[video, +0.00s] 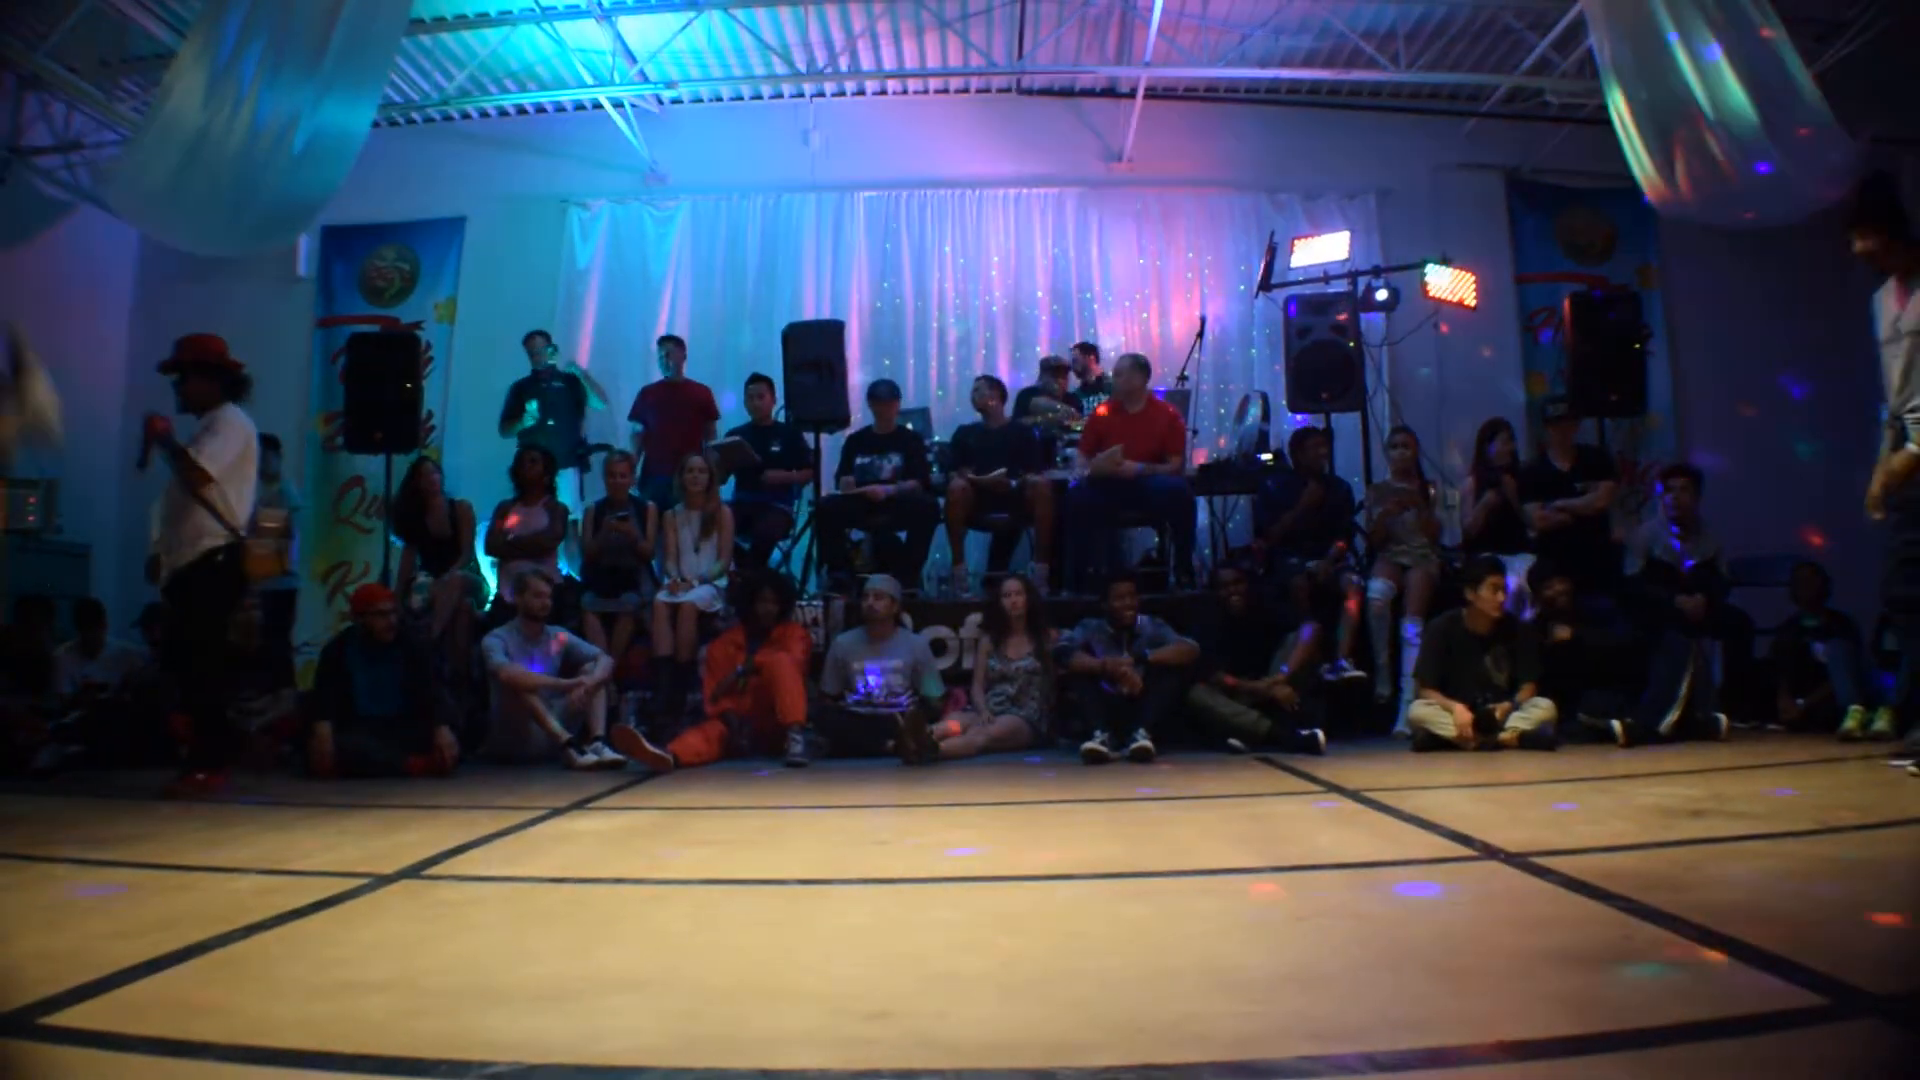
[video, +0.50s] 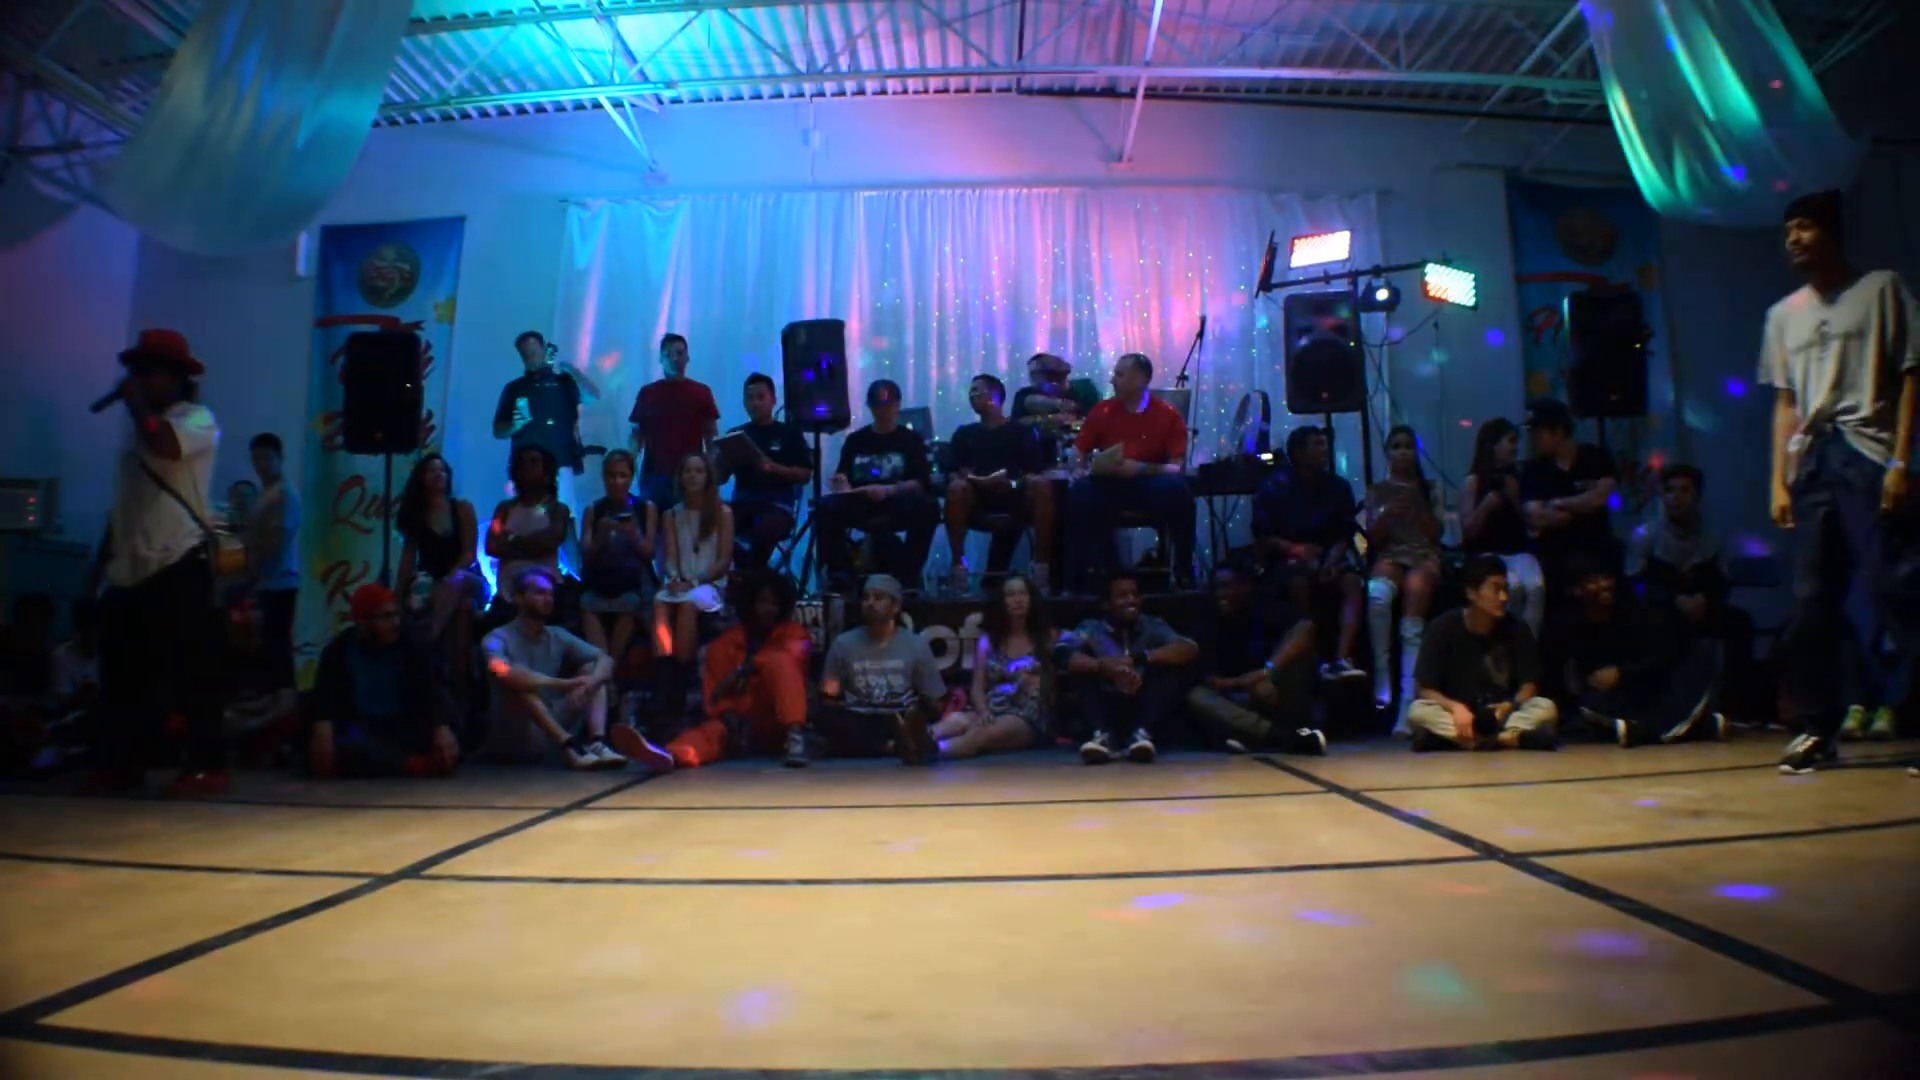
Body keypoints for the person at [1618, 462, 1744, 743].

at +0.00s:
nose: (1675, 499)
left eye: (1683, 491)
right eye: (1669, 491)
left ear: (1696, 498)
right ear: (1661, 497)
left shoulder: (1708, 539)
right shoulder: (1646, 537)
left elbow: (1720, 582)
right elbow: (1635, 584)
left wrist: (1704, 602)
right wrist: (1674, 602)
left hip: (1698, 613)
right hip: (1658, 610)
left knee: (1739, 624)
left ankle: (1736, 710)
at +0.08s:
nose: (1674, 498)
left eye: (1683, 491)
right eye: (1669, 491)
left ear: (1695, 497)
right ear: (1662, 497)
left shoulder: (1708, 540)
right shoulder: (1646, 536)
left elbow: (1720, 583)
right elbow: (1636, 582)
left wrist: (1703, 601)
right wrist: (1674, 600)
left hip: (1698, 611)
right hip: (1658, 609)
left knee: (1740, 623)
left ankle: (1735, 708)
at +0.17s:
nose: (1674, 498)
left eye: (1683, 491)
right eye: (1669, 491)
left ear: (1696, 497)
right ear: (1662, 496)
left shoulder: (1708, 538)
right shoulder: (1647, 536)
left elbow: (1720, 582)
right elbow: (1636, 581)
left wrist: (1703, 601)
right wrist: (1674, 600)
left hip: (1697, 611)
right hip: (1657, 610)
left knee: (1739, 622)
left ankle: (1735, 708)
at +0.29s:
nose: (1676, 498)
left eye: (1684, 491)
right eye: (1670, 491)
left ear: (1696, 497)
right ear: (1662, 496)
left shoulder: (1707, 539)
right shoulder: (1646, 537)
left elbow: (1721, 582)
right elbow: (1637, 583)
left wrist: (1704, 600)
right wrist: (1674, 600)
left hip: (1699, 610)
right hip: (1659, 610)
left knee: (1740, 622)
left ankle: (1737, 707)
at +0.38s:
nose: (1676, 498)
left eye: (1684, 491)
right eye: (1670, 491)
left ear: (1696, 497)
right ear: (1662, 496)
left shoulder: (1707, 539)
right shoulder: (1647, 537)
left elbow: (1722, 583)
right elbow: (1638, 583)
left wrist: (1704, 600)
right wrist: (1674, 601)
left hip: (1700, 611)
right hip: (1659, 612)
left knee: (1740, 622)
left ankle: (1735, 707)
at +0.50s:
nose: (1677, 498)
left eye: (1685, 491)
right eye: (1671, 491)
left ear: (1697, 497)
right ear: (1663, 496)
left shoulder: (1710, 538)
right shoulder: (1647, 538)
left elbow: (1721, 582)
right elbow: (1640, 585)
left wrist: (1705, 600)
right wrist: (1674, 600)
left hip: (1701, 610)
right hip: (1661, 611)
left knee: (1740, 623)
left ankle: (1733, 705)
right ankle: (1665, 708)